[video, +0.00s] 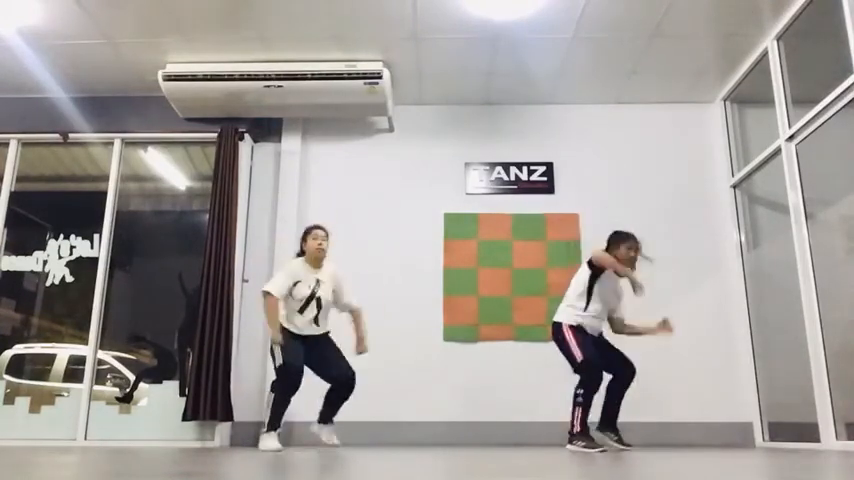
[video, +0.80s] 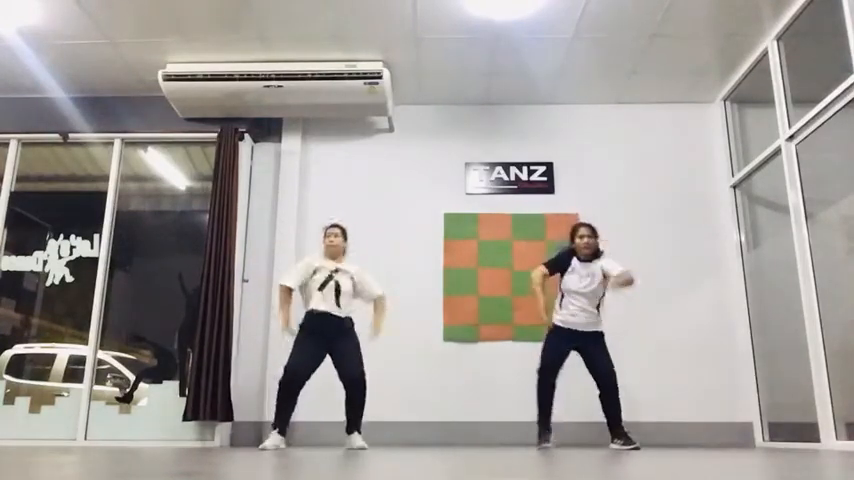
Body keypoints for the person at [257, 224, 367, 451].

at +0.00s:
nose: (321, 243)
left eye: (324, 240)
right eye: (315, 239)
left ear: (328, 246)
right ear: (304, 244)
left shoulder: (331, 274)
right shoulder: (294, 268)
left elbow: (352, 308)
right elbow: (271, 294)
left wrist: (360, 338)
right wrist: (274, 329)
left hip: (318, 339)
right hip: (290, 336)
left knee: (345, 378)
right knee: (290, 376)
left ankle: (324, 424)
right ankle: (270, 432)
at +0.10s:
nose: (319, 245)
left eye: (323, 242)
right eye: (314, 241)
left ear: (328, 248)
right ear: (305, 247)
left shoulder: (338, 275)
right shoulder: (291, 271)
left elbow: (370, 290)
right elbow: (263, 282)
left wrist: (373, 313)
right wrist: (264, 304)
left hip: (326, 341)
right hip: (294, 338)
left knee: (338, 388)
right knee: (279, 380)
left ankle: (327, 434)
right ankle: (272, 430)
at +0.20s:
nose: (317, 243)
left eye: (321, 240)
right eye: (312, 239)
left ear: (328, 246)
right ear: (304, 245)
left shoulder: (339, 272)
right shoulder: (289, 270)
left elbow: (367, 273)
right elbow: (263, 273)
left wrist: (372, 278)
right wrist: (259, 278)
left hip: (329, 338)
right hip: (297, 337)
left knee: (341, 385)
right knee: (278, 375)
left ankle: (327, 435)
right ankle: (272, 431)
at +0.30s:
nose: (314, 240)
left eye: (319, 237)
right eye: (310, 236)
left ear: (326, 244)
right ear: (303, 242)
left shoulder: (338, 269)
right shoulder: (288, 270)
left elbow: (366, 271)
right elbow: (258, 266)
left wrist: (370, 257)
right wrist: (253, 254)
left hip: (330, 335)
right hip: (298, 335)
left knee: (353, 377)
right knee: (276, 382)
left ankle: (335, 430)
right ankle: (275, 434)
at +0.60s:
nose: (322, 237)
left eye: (327, 234)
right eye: (318, 234)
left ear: (333, 241)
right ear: (311, 240)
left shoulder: (346, 265)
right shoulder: (299, 265)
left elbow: (375, 273)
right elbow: (270, 270)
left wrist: (385, 251)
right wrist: (268, 248)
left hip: (337, 326)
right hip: (307, 326)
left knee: (350, 379)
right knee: (286, 378)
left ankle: (352, 434)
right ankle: (278, 434)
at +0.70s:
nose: (325, 240)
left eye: (330, 237)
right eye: (322, 237)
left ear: (337, 244)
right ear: (315, 243)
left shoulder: (345, 271)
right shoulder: (305, 266)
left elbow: (364, 286)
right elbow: (279, 277)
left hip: (340, 326)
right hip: (312, 326)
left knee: (353, 379)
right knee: (290, 378)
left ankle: (353, 434)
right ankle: (278, 434)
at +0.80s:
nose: (332, 239)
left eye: (336, 236)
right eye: (328, 236)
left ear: (345, 243)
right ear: (322, 242)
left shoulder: (353, 272)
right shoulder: (311, 264)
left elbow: (379, 297)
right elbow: (286, 285)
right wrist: (286, 319)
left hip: (343, 330)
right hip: (313, 328)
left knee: (355, 380)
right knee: (291, 378)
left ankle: (353, 433)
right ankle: (278, 433)